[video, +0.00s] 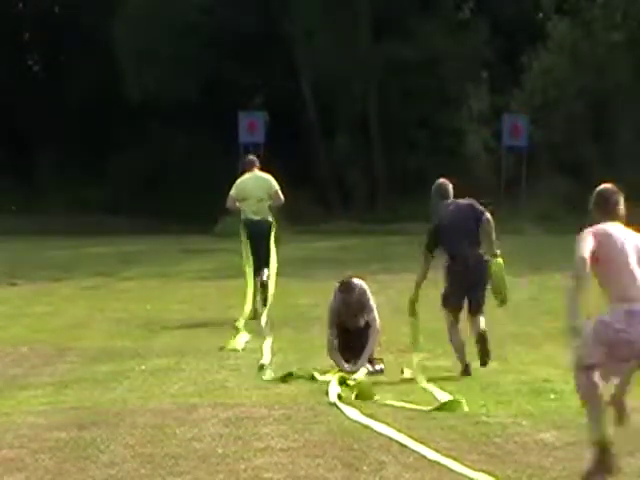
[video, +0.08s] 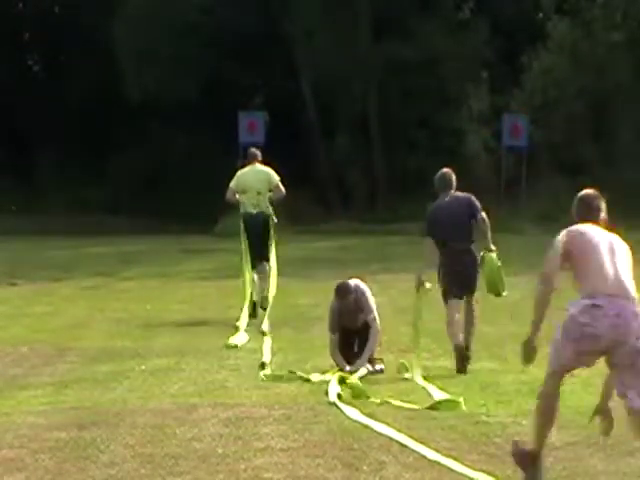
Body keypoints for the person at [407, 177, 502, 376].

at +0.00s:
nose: (436, 202)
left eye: (435, 198)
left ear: (435, 198)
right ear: (452, 193)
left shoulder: (438, 219)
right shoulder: (470, 205)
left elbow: (427, 259)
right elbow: (487, 220)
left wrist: (415, 292)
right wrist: (493, 250)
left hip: (457, 266)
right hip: (479, 261)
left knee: (452, 318)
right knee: (476, 312)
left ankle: (464, 364)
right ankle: (481, 334)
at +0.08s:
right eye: (452, 182)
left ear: (437, 187)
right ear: (454, 183)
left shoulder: (433, 210)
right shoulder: (468, 200)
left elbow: (432, 241)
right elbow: (483, 221)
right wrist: (488, 244)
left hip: (447, 254)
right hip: (467, 251)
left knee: (452, 305)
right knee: (469, 301)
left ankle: (458, 344)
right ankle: (467, 345)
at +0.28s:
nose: (435, 177)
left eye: (431, 173)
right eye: (439, 171)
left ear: (427, 175)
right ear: (444, 173)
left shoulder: (428, 197)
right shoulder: (458, 193)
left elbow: (426, 218)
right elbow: (475, 216)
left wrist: (422, 246)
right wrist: (481, 243)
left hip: (439, 248)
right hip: (458, 245)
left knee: (435, 295)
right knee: (458, 298)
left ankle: (443, 329)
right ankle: (456, 346)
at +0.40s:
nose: (429, 179)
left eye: (426, 176)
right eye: (432, 175)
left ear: (421, 177)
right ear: (437, 175)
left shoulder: (422, 199)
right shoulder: (453, 194)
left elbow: (416, 225)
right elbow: (470, 216)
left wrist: (412, 249)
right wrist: (477, 243)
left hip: (435, 245)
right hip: (455, 243)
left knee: (432, 299)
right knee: (452, 292)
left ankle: (435, 345)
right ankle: (455, 320)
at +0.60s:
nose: (441, 179)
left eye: (435, 176)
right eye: (441, 176)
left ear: (426, 177)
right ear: (442, 176)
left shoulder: (418, 197)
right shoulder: (449, 198)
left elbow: (405, 216)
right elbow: (464, 223)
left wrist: (395, 227)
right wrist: (470, 243)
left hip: (424, 244)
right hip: (443, 244)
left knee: (424, 285)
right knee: (439, 287)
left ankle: (428, 322)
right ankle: (436, 328)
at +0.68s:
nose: (436, 180)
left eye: (431, 177)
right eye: (437, 176)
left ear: (423, 177)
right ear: (438, 177)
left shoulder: (417, 199)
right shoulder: (446, 198)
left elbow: (406, 219)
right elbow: (463, 223)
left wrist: (408, 241)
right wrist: (469, 242)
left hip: (423, 246)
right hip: (441, 246)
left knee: (422, 293)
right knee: (437, 294)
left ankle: (420, 332)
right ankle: (435, 334)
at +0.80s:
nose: (434, 175)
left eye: (428, 173)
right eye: (435, 171)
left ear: (420, 174)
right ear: (435, 172)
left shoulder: (417, 195)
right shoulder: (447, 191)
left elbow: (407, 217)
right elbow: (461, 214)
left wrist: (399, 215)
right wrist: (465, 231)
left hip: (425, 240)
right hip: (442, 239)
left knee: (423, 286)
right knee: (438, 279)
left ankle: (420, 329)